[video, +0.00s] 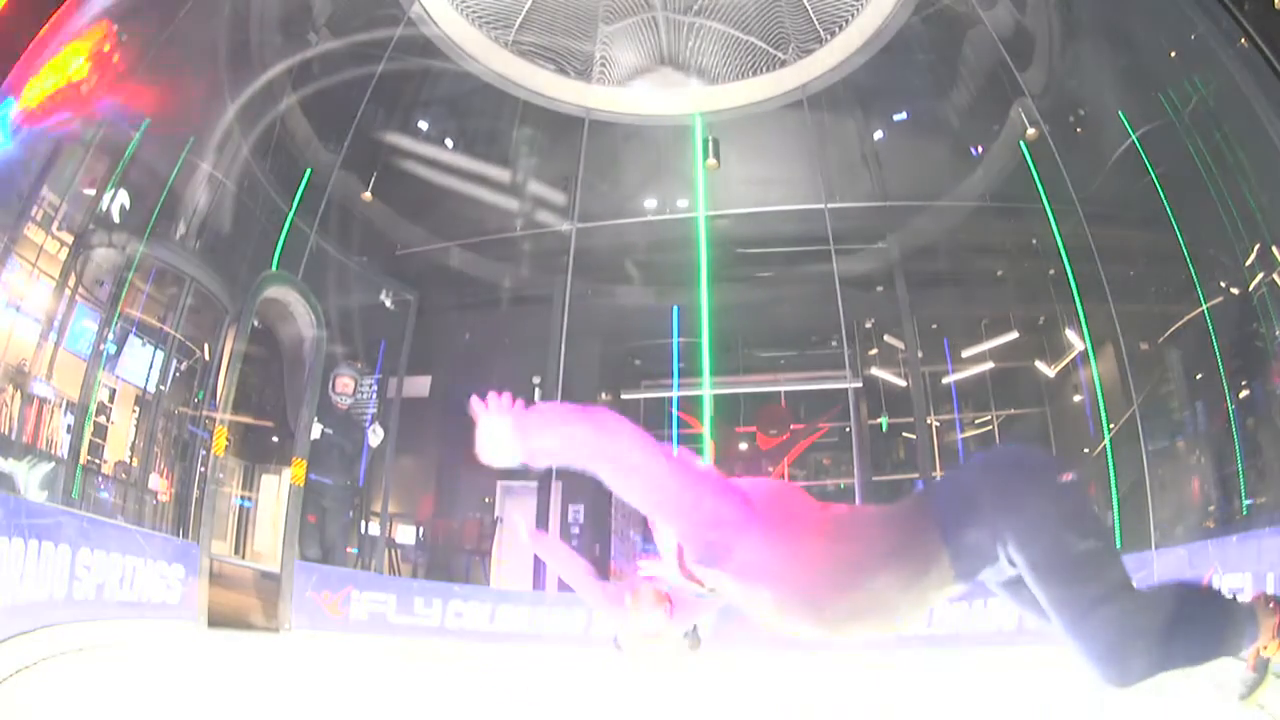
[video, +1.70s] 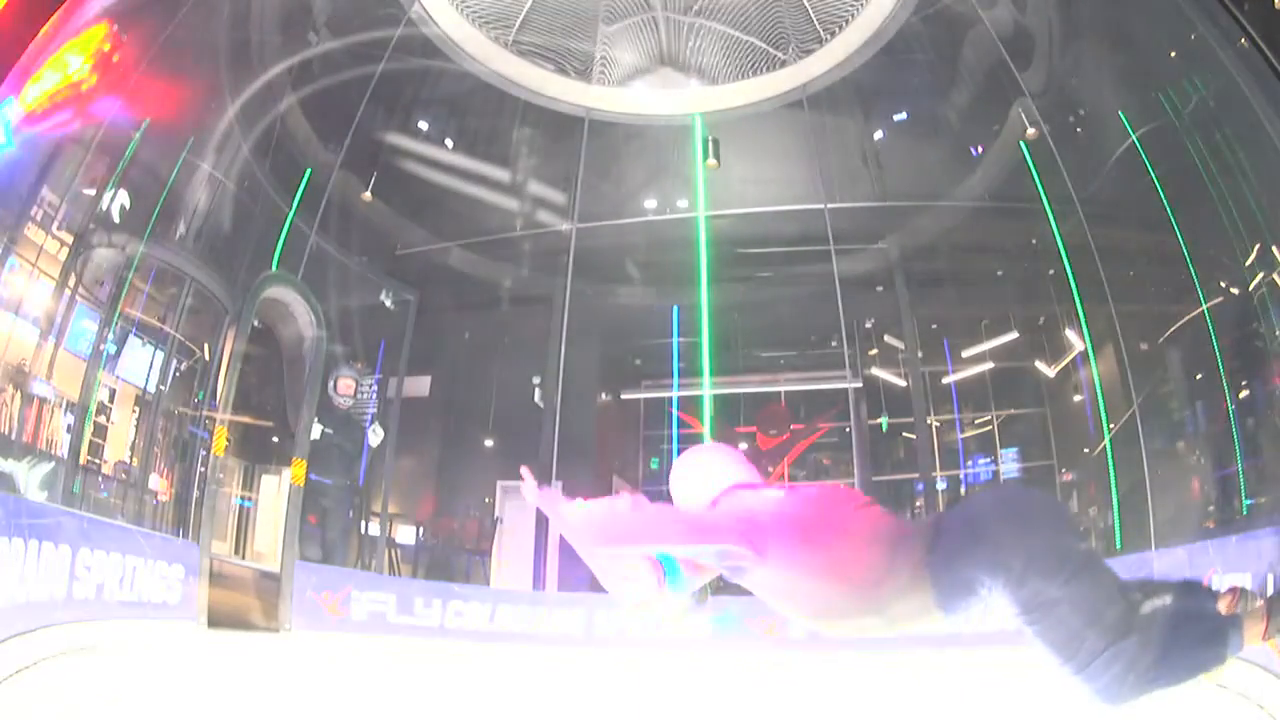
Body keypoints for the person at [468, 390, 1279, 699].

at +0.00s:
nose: (657, 589)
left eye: (648, 580)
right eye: (651, 594)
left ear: (658, 554)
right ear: (663, 594)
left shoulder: (710, 520)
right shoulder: (722, 595)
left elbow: (605, 433)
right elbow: (620, 612)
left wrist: (516, 434)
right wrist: (559, 555)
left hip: (996, 497)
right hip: (979, 546)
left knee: (1120, 649)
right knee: (1115, 631)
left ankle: (1256, 626)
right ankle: (1248, 623)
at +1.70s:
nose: (687, 516)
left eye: (688, 501)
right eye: (686, 501)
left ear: (718, 488)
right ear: (735, 477)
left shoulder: (763, 518)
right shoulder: (783, 516)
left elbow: (646, 522)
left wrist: (561, 513)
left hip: (997, 543)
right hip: (992, 533)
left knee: (1120, 669)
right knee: (1115, 614)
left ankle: (1248, 622)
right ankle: (1226, 600)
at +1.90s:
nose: (693, 509)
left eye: (692, 497)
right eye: (693, 499)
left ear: (719, 488)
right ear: (742, 474)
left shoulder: (773, 513)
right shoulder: (792, 514)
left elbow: (664, 517)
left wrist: (594, 535)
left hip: (1005, 536)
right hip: (998, 526)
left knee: (1112, 656)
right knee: (1106, 602)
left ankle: (1236, 615)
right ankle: (1220, 595)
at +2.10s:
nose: (683, 491)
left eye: (688, 479)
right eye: (687, 477)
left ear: (711, 480)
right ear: (736, 474)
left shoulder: (748, 523)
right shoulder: (752, 518)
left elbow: (636, 549)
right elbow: (648, 546)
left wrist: (520, 573)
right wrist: (553, 534)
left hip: (988, 542)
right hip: (973, 545)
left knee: (1116, 639)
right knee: (1110, 606)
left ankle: (1230, 614)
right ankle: (1221, 608)